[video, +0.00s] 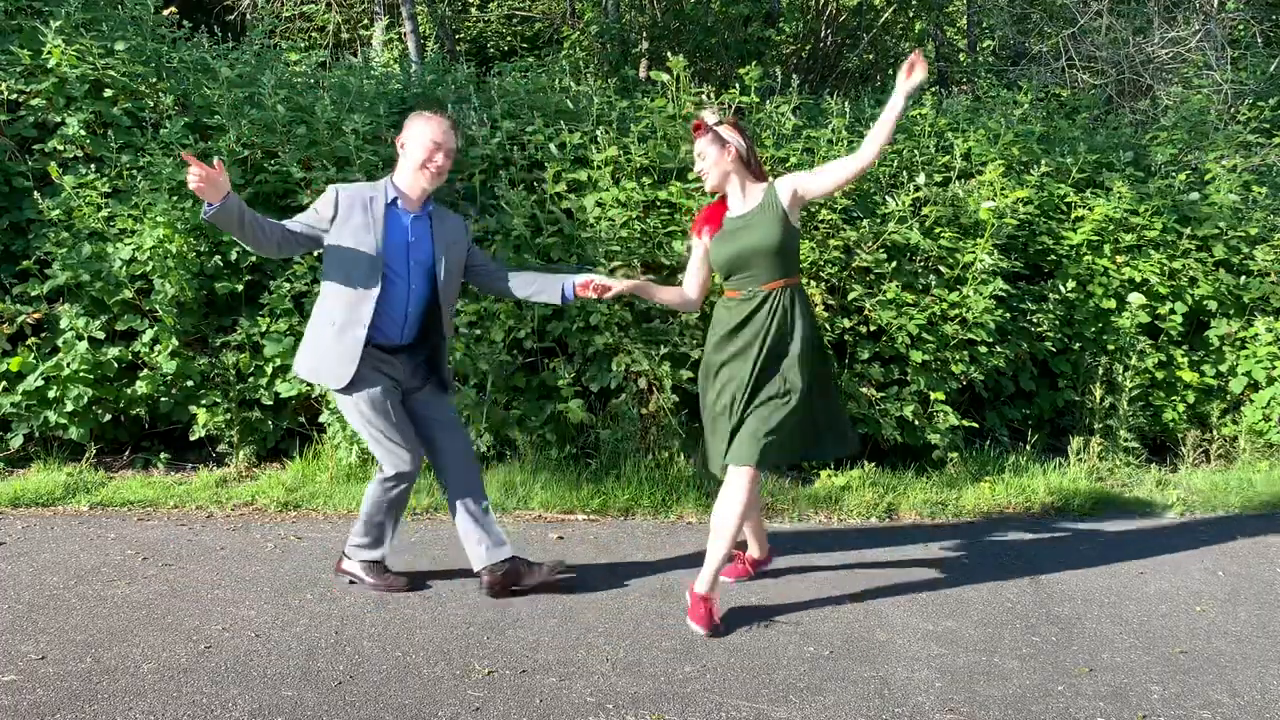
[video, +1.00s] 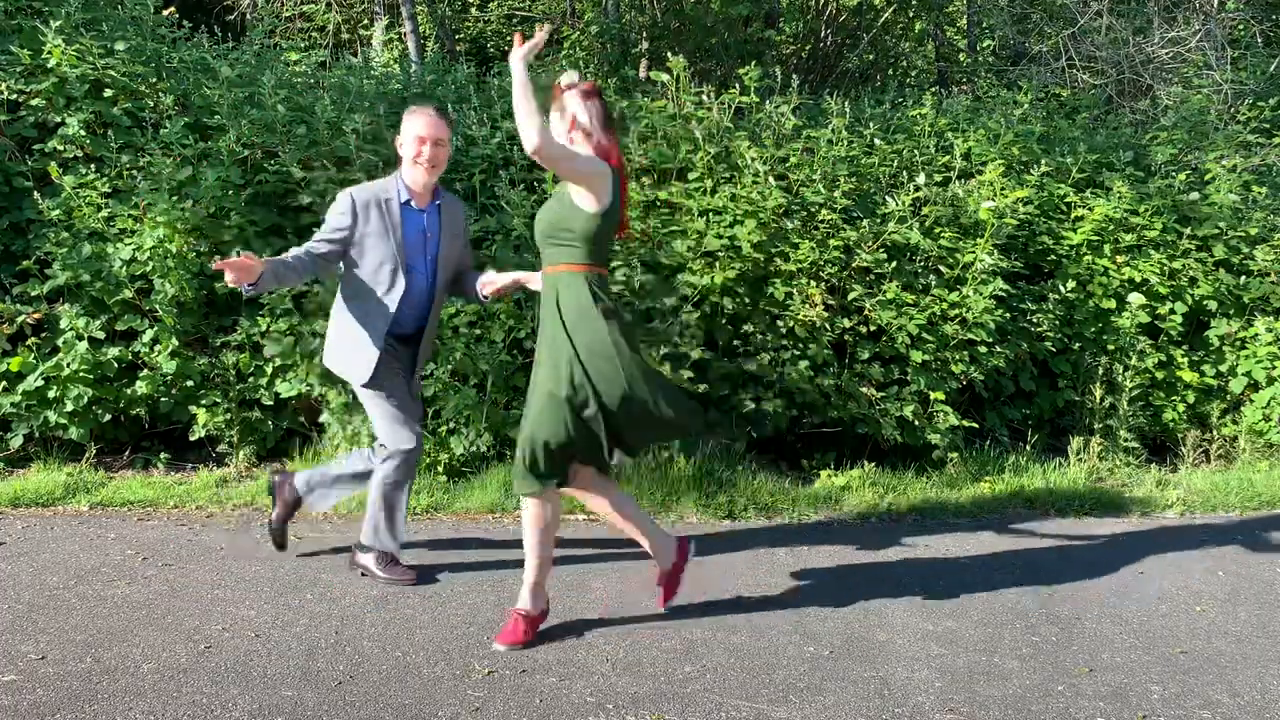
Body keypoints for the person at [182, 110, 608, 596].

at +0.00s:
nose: (442, 161)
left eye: (450, 154)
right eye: (433, 149)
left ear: (452, 163)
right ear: (401, 146)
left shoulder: (451, 228)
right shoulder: (346, 202)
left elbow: (500, 279)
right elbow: (279, 240)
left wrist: (572, 285)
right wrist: (225, 203)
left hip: (417, 364)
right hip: (354, 360)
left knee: (458, 455)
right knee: (401, 462)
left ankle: (498, 566)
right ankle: (361, 559)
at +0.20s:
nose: (416, 151)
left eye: (425, 144)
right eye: (408, 139)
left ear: (429, 153)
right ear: (379, 137)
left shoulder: (432, 215)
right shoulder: (321, 188)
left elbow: (479, 265)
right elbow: (255, 222)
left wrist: (551, 268)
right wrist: (190, 192)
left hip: (392, 346)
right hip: (327, 342)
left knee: (436, 426)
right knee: (371, 440)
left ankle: (429, 542)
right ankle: (360, 558)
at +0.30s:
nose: (407, 149)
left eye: (416, 141)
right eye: (399, 137)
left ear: (421, 150)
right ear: (370, 136)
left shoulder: (425, 213)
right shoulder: (314, 187)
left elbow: (473, 264)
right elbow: (249, 222)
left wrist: (543, 270)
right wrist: (182, 192)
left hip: (385, 346)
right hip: (320, 340)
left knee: (415, 430)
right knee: (363, 436)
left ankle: (379, 528)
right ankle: (357, 558)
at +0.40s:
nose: (400, 153)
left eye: (408, 146)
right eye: (391, 142)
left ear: (413, 154)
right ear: (362, 141)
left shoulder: (419, 217)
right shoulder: (308, 193)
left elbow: (461, 270)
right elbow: (244, 229)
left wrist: (534, 278)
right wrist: (175, 200)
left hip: (375, 350)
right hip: (315, 343)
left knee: (397, 444)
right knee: (360, 442)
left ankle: (319, 495)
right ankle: (360, 560)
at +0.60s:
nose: (390, 149)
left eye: (400, 142)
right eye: (382, 138)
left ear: (408, 152)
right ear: (359, 138)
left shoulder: (414, 212)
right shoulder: (307, 188)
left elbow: (452, 265)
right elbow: (247, 226)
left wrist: (514, 275)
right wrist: (177, 212)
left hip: (365, 342)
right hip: (311, 334)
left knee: (342, 445)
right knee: (356, 435)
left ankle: (245, 493)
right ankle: (357, 558)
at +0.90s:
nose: (409, 162)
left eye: (419, 154)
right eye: (400, 151)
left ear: (430, 162)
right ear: (381, 154)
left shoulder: (434, 221)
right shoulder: (337, 209)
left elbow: (441, 281)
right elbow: (283, 256)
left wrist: (476, 291)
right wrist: (225, 257)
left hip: (382, 356)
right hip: (340, 350)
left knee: (328, 444)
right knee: (398, 441)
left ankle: (232, 507)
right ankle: (374, 549)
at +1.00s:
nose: (429, 151)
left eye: (439, 143)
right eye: (419, 141)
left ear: (450, 150)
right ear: (400, 145)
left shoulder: (454, 213)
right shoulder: (359, 203)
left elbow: (458, 276)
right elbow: (315, 256)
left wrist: (484, 283)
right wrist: (263, 272)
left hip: (412, 349)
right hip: (364, 343)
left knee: (400, 454)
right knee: (402, 443)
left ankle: (296, 488)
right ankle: (375, 548)